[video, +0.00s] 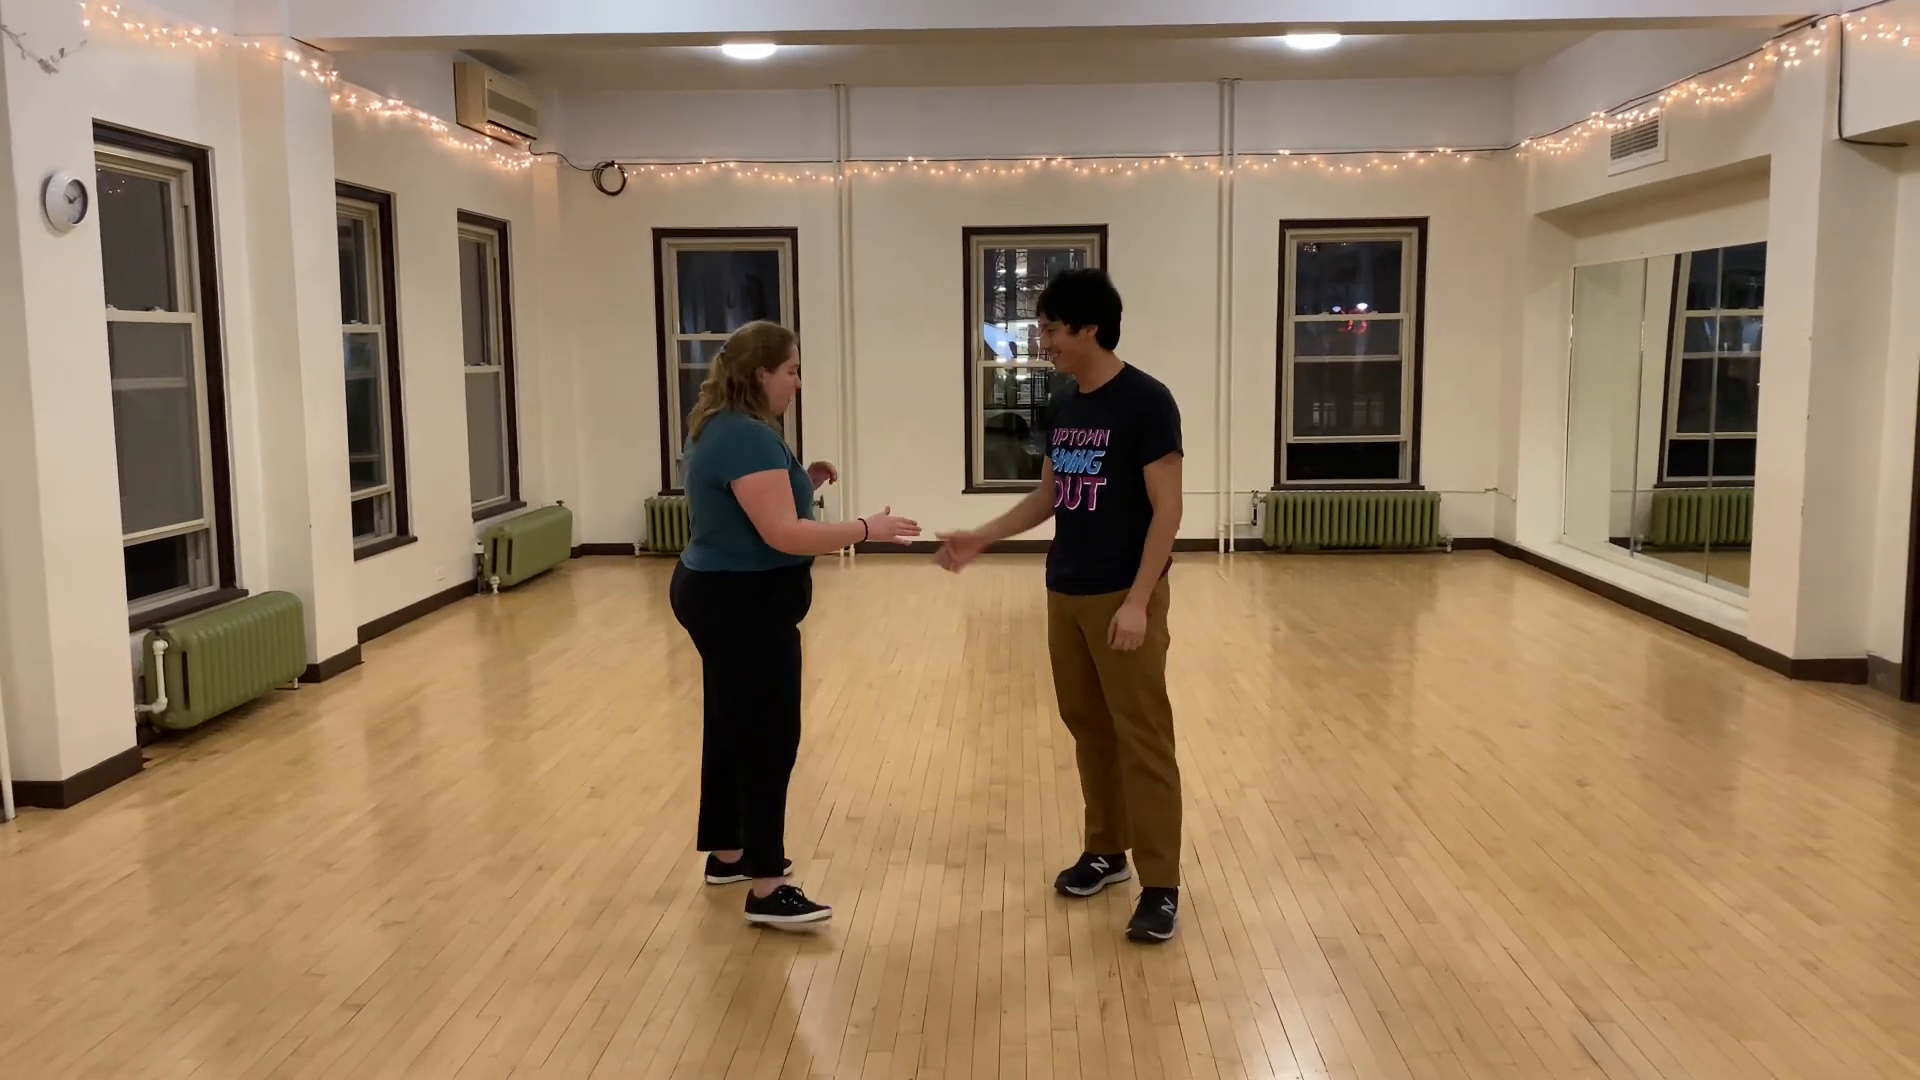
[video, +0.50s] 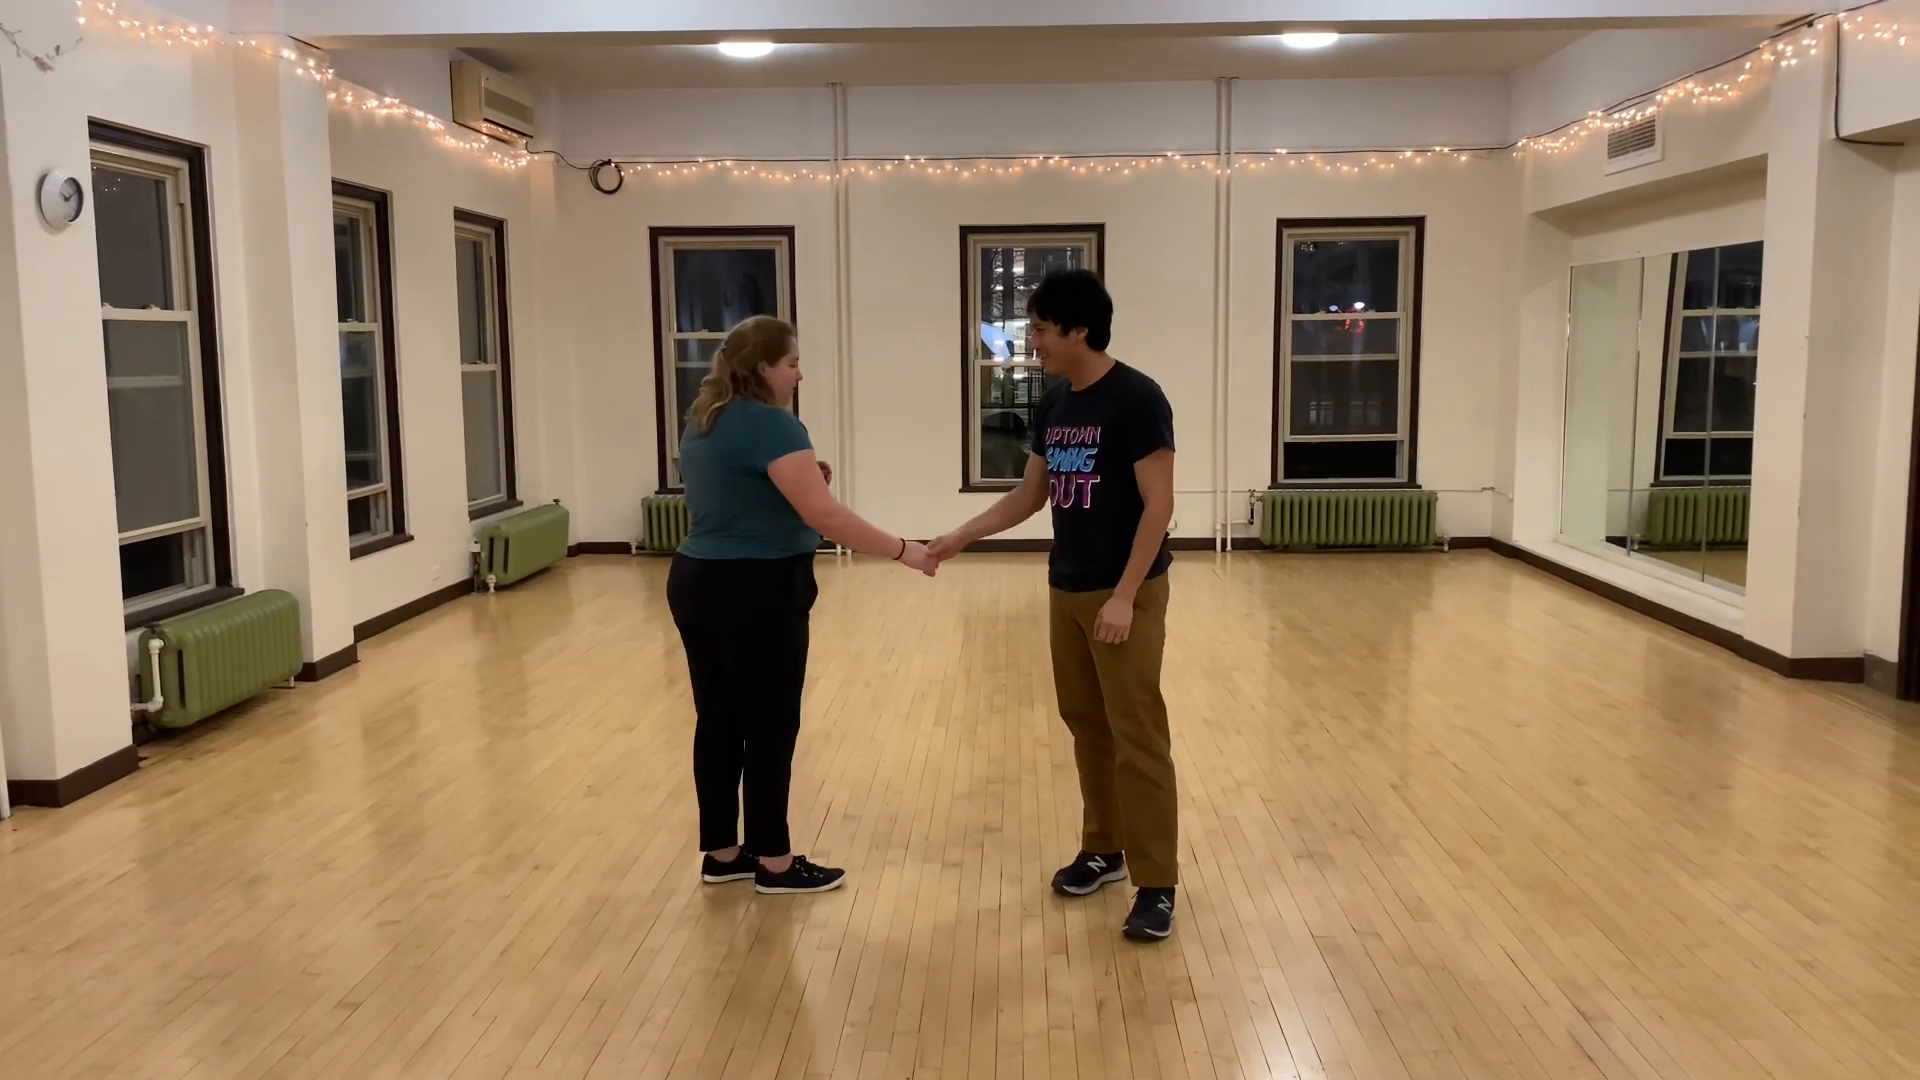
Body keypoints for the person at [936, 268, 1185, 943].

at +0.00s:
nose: (1043, 343)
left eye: (1051, 331)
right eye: (1042, 331)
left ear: (1089, 332)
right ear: (1074, 334)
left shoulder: (1147, 403)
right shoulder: (1064, 405)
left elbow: (1168, 511)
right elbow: (1049, 497)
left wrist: (1138, 602)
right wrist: (982, 537)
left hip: (1128, 598)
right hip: (1068, 596)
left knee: (1141, 739)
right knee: (1090, 730)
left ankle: (1160, 885)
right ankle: (1107, 851)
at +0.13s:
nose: (1041, 345)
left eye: (1049, 333)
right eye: (1039, 334)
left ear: (1088, 331)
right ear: (1070, 334)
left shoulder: (1142, 402)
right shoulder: (1063, 404)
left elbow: (1159, 510)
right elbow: (1039, 492)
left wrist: (1125, 601)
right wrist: (960, 514)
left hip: (1127, 596)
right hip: (1069, 594)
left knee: (1138, 736)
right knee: (1087, 727)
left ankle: (1159, 883)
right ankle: (1106, 850)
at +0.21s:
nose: (1041, 347)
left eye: (1048, 334)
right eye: (1038, 335)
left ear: (1087, 332)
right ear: (1068, 335)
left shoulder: (1142, 401)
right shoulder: (1063, 404)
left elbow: (1157, 510)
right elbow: (1034, 492)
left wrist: (1121, 600)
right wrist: (956, 508)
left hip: (1127, 596)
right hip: (1070, 594)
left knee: (1137, 736)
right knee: (1088, 727)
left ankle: (1159, 883)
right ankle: (1106, 850)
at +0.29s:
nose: (1038, 347)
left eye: (1046, 335)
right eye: (1036, 335)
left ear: (1085, 334)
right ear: (1066, 336)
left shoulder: (1140, 402)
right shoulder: (1058, 405)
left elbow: (1157, 508)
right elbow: (1031, 491)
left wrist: (1118, 597)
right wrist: (955, 506)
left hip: (1127, 595)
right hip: (1071, 593)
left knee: (1135, 734)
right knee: (1087, 727)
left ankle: (1158, 882)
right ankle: (1106, 849)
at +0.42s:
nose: (1034, 344)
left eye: (1042, 333)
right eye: (1033, 333)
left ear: (1080, 334)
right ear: (1066, 335)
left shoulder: (1138, 401)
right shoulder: (1055, 403)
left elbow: (1158, 508)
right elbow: (1030, 492)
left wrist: (1120, 596)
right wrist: (958, 523)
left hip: (1127, 595)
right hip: (1070, 593)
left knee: (1134, 735)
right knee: (1087, 727)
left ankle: (1157, 882)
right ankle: (1106, 849)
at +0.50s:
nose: (1032, 342)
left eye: (1040, 330)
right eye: (1032, 330)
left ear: (1079, 334)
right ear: (1065, 335)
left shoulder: (1138, 400)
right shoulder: (1054, 403)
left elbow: (1159, 507)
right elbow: (1028, 496)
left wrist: (1124, 596)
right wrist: (958, 537)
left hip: (1128, 596)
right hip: (1070, 594)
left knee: (1136, 737)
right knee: (1087, 728)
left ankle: (1157, 883)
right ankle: (1104, 849)